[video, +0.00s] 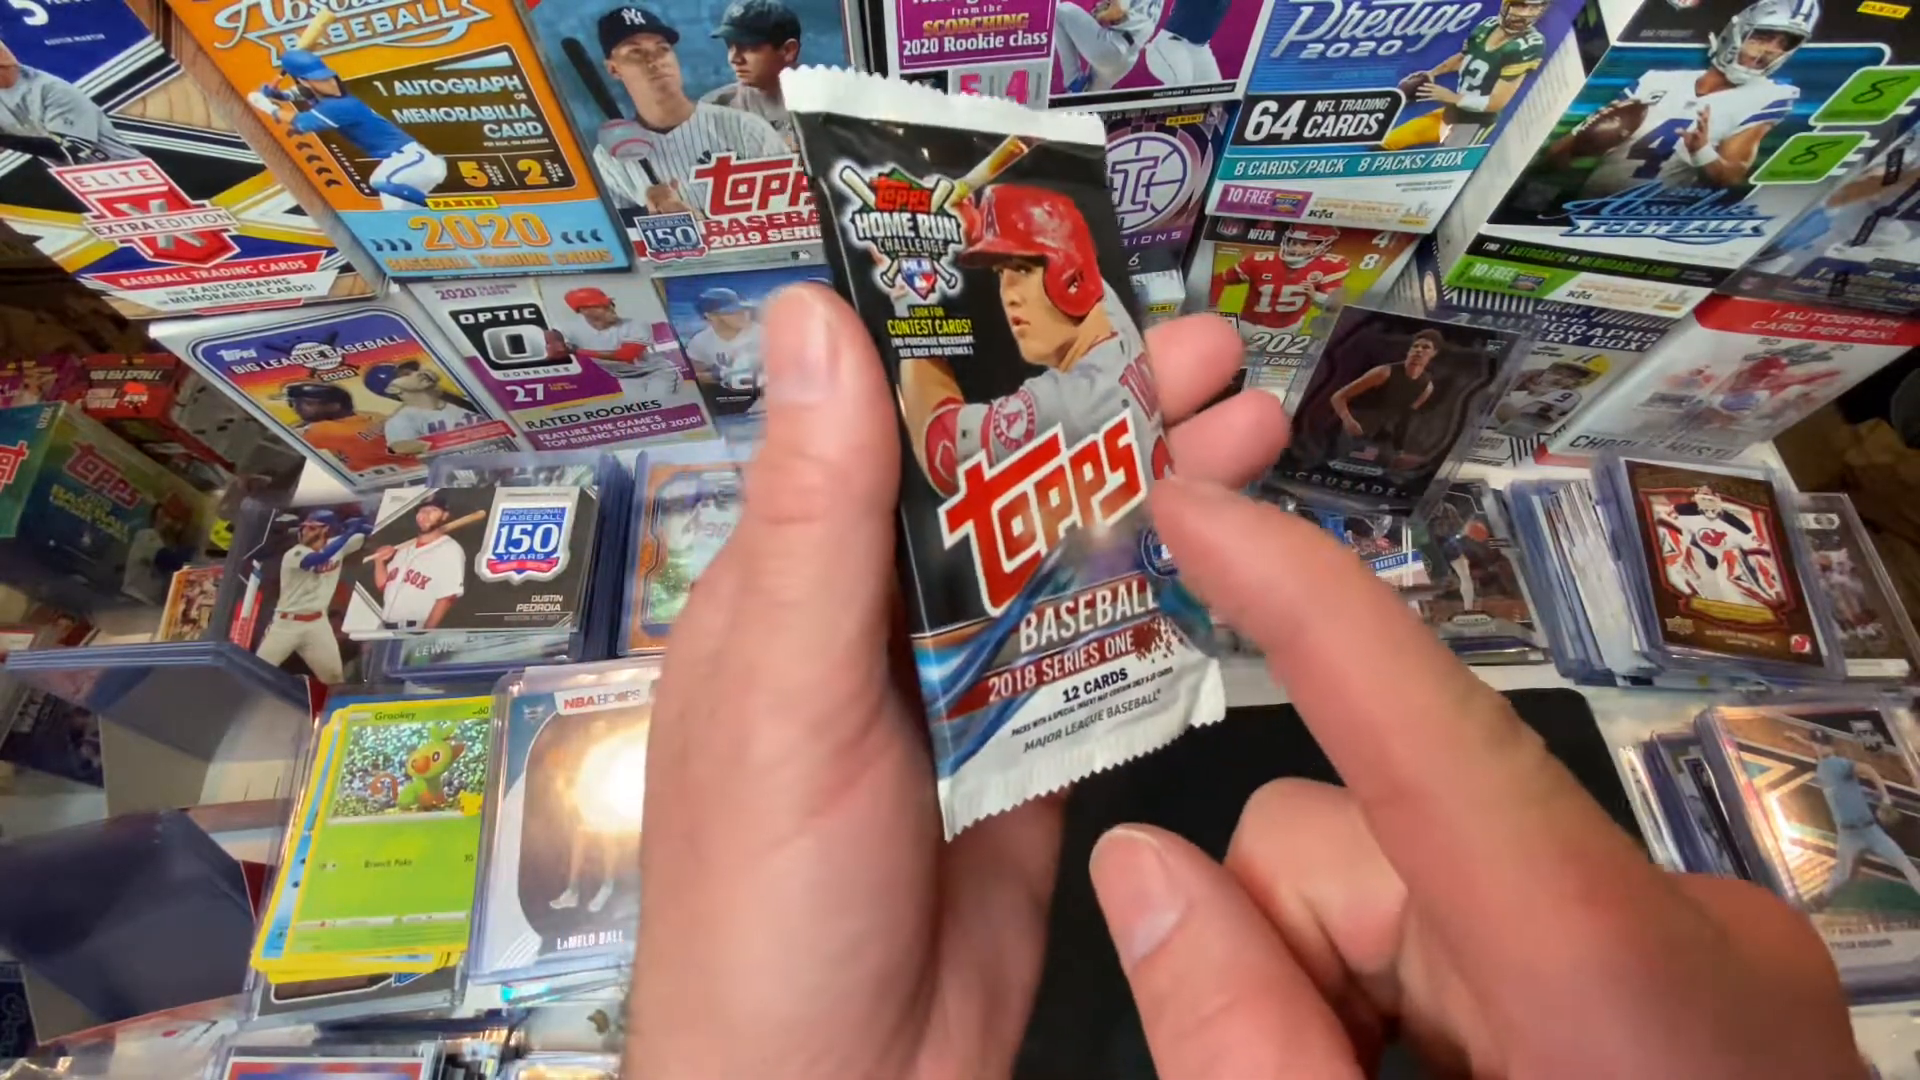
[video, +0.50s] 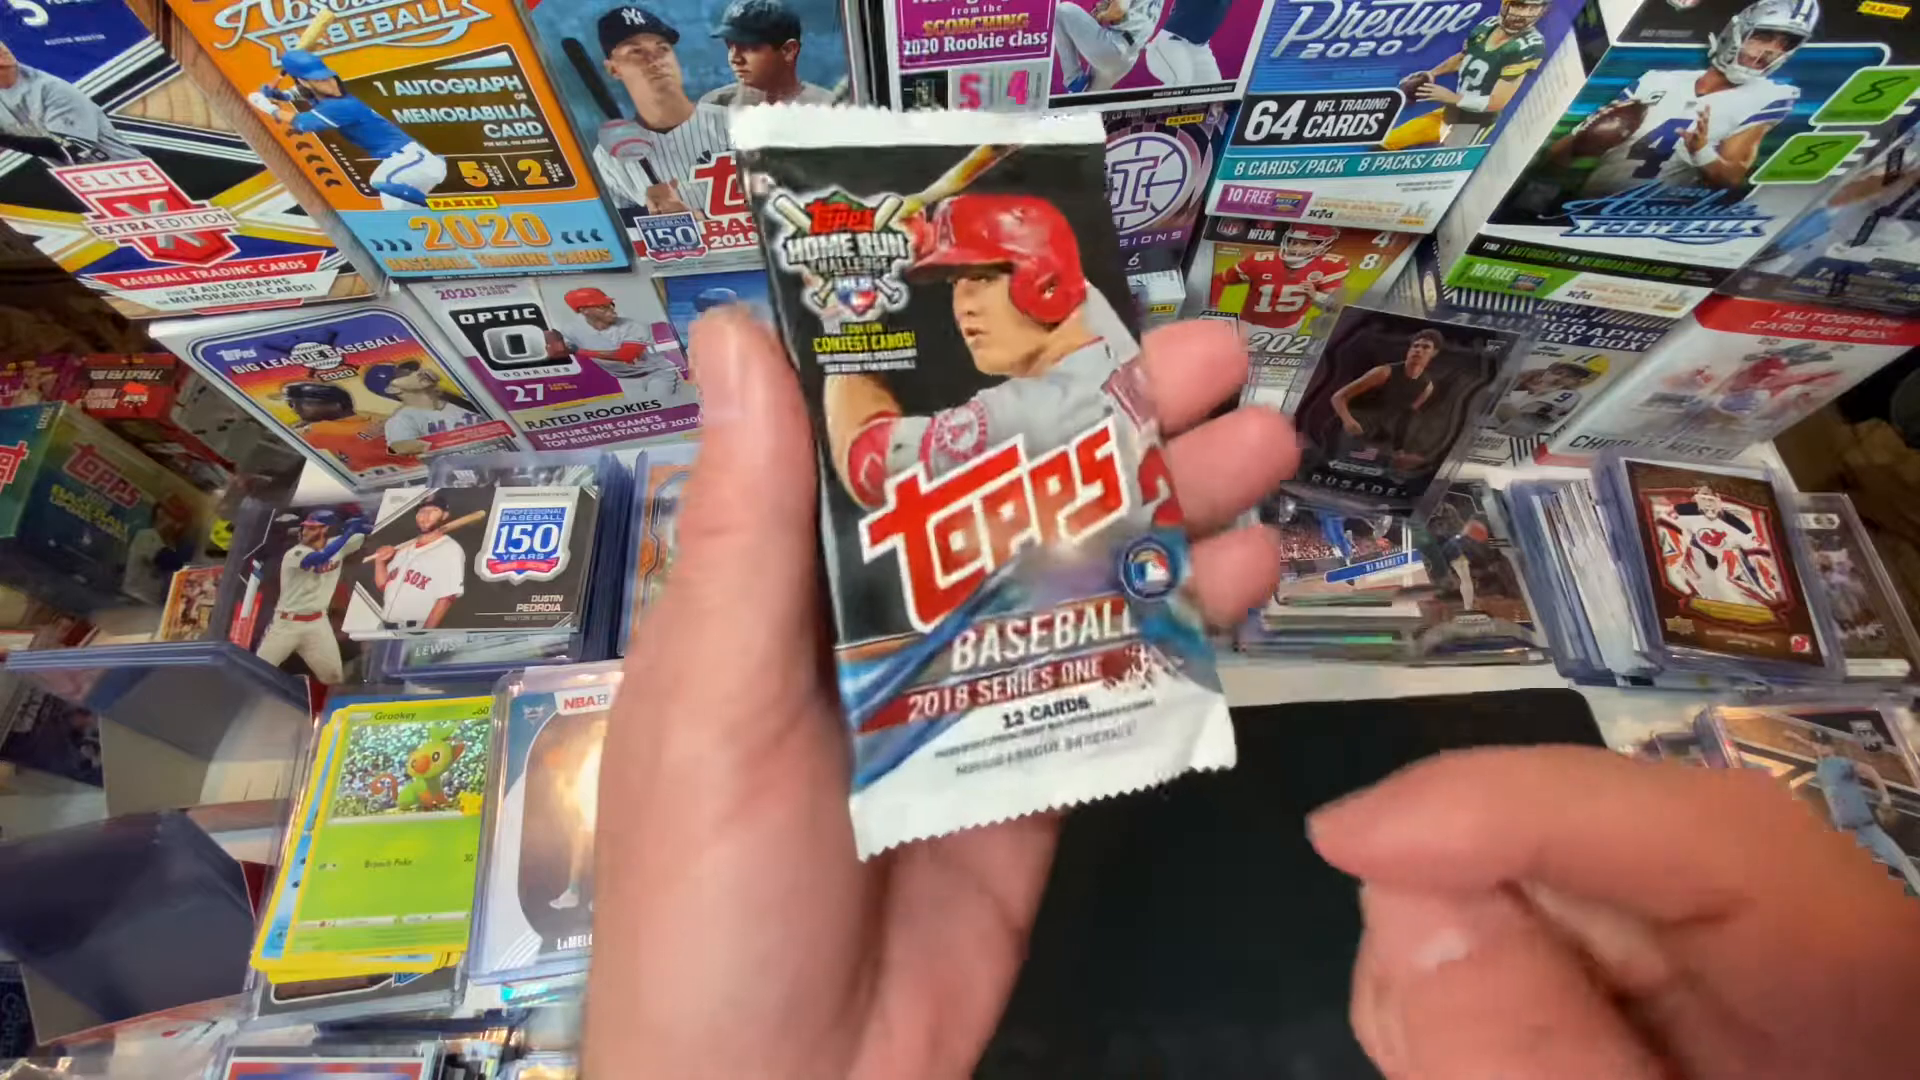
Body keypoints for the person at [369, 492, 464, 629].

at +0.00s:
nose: (425, 516)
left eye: (432, 511)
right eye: (422, 511)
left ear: (445, 516)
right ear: (416, 515)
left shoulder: (450, 550)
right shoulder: (406, 548)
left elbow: (447, 598)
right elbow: (382, 585)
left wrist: (425, 634)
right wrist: (379, 561)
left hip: (416, 631)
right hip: (386, 627)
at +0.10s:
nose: (425, 516)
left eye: (432, 511)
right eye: (422, 511)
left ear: (445, 516)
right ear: (416, 515)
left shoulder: (451, 550)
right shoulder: (406, 548)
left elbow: (446, 598)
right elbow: (382, 585)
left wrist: (425, 634)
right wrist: (379, 561)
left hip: (416, 631)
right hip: (386, 627)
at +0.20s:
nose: (425, 516)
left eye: (432, 511)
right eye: (422, 511)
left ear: (445, 515)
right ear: (416, 515)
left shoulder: (451, 550)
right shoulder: (406, 547)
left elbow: (446, 598)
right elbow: (383, 585)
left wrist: (425, 634)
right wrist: (379, 561)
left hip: (416, 631)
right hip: (386, 627)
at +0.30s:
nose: (425, 516)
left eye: (432, 511)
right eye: (422, 511)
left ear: (445, 515)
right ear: (416, 515)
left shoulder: (451, 550)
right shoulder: (406, 548)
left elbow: (446, 598)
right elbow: (382, 585)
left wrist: (425, 634)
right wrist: (379, 561)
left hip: (416, 631)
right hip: (386, 627)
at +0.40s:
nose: (425, 516)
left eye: (432, 511)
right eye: (422, 511)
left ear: (445, 515)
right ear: (416, 515)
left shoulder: (451, 550)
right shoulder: (406, 548)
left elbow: (446, 598)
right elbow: (382, 585)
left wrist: (425, 633)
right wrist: (379, 561)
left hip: (416, 631)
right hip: (386, 627)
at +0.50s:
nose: (426, 517)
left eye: (433, 511)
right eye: (422, 511)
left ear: (444, 515)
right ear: (416, 515)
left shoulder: (451, 550)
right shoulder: (405, 548)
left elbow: (446, 599)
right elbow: (383, 586)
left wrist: (424, 634)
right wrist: (380, 562)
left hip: (415, 631)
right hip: (386, 627)